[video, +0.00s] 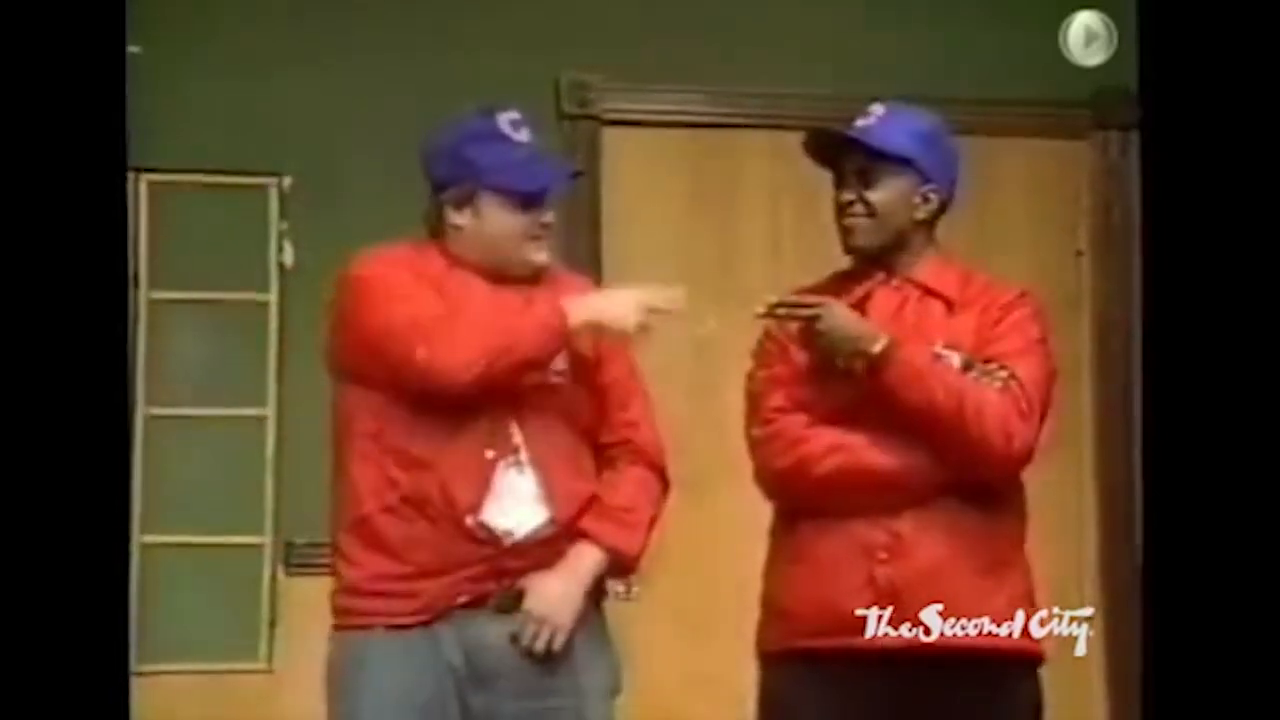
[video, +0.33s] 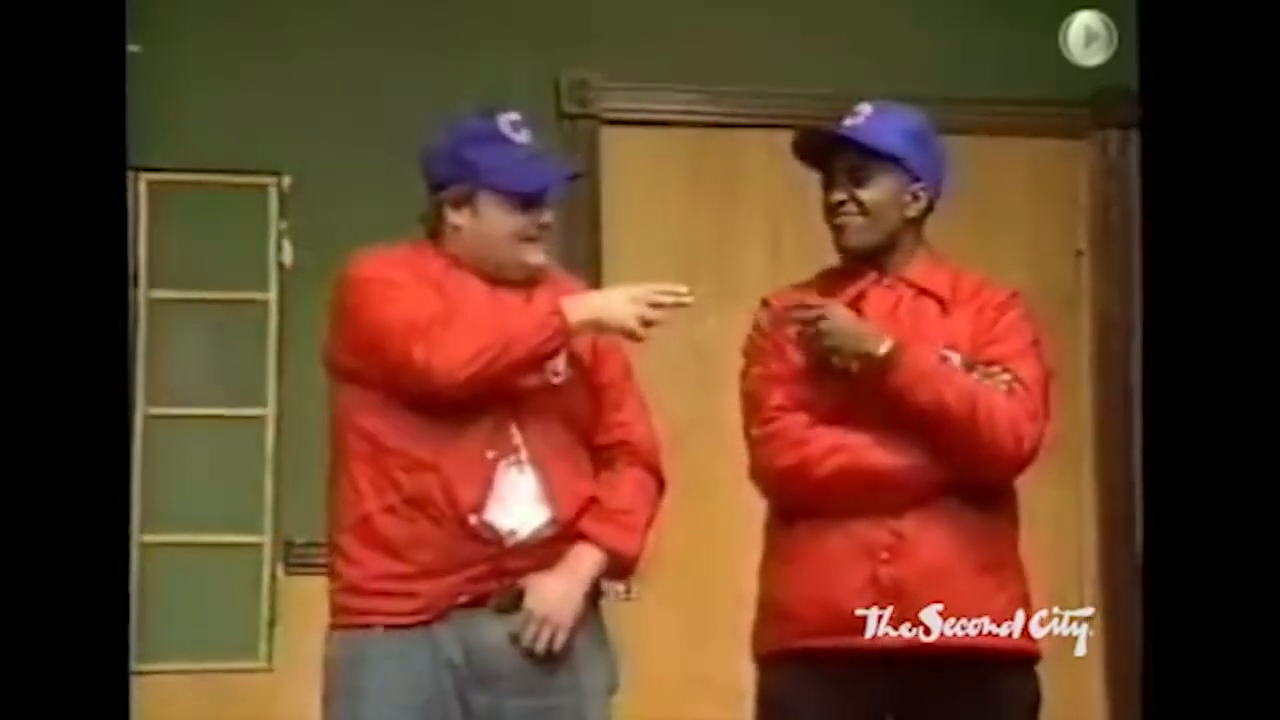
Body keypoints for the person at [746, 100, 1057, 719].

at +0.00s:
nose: (846, 196)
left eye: (869, 179)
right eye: (841, 180)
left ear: (927, 199)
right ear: (832, 190)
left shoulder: (1002, 310)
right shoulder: (799, 315)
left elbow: (1002, 439)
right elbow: (783, 460)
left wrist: (874, 349)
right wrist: (952, 457)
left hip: (972, 649)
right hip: (821, 649)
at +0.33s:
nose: (837, 196)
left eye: (860, 178)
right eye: (830, 181)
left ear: (917, 195)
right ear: (820, 192)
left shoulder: (990, 308)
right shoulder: (786, 314)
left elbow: (1009, 439)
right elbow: (782, 461)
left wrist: (878, 353)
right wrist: (951, 459)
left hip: (969, 647)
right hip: (818, 648)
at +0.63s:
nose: (845, 196)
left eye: (866, 178)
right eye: (832, 182)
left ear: (910, 193)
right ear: (820, 195)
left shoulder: (979, 305)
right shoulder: (781, 311)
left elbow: (1016, 430)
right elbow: (785, 451)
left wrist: (879, 389)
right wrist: (952, 458)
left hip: (966, 643)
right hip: (816, 646)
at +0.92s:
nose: (874, 193)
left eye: (888, 175)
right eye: (852, 179)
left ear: (909, 188)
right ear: (820, 199)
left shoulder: (971, 301)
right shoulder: (778, 310)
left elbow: (1023, 435)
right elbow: (791, 453)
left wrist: (880, 419)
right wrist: (963, 467)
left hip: (966, 641)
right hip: (817, 645)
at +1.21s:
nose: (887, 190)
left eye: (896, 174)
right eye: (861, 176)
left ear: (909, 189)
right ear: (816, 199)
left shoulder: (968, 308)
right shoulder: (775, 316)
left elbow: (1026, 438)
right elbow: (792, 457)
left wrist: (880, 419)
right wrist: (965, 465)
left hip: (966, 644)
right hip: (817, 647)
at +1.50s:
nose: (892, 196)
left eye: (898, 180)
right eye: (866, 180)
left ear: (909, 194)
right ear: (817, 203)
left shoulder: (966, 311)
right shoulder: (774, 319)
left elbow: (1023, 436)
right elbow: (791, 455)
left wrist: (880, 416)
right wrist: (965, 465)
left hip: (966, 644)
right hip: (816, 647)